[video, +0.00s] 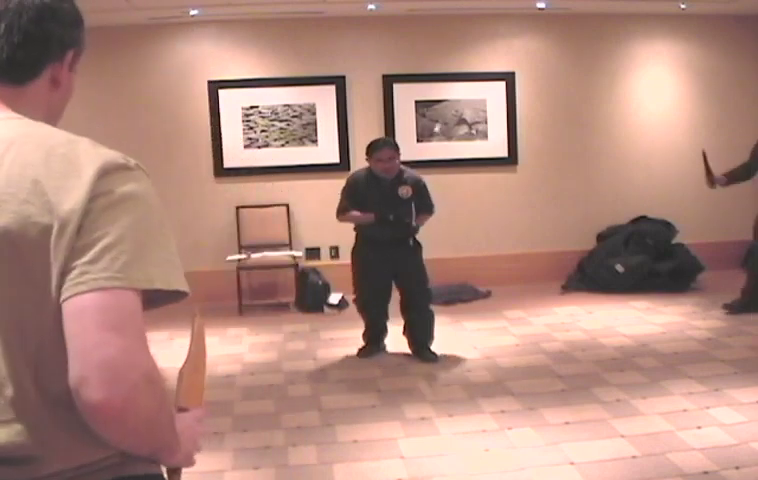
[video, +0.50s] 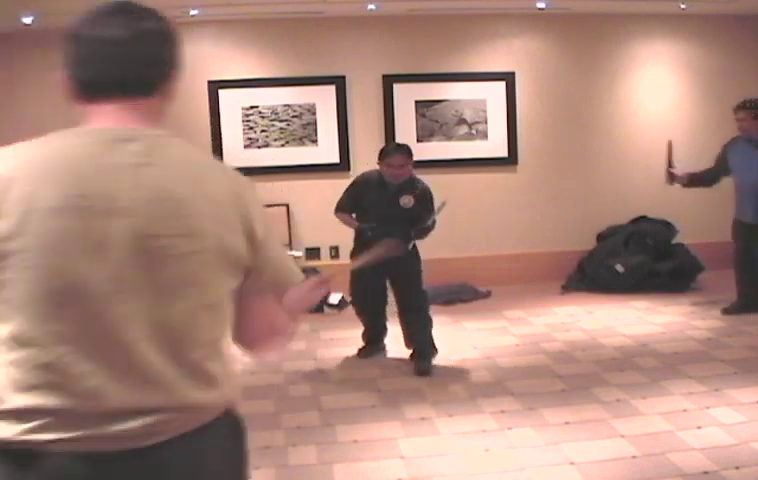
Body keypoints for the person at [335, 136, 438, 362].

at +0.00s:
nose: (387, 165)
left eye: (391, 160)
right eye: (381, 161)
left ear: (399, 158)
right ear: (370, 161)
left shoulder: (412, 181)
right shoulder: (357, 181)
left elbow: (426, 210)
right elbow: (342, 214)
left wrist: (409, 227)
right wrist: (374, 218)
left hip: (404, 248)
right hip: (370, 250)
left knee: (417, 298)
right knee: (369, 299)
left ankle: (420, 345)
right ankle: (373, 342)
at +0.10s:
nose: (385, 167)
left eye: (389, 161)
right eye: (379, 162)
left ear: (396, 160)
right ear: (368, 163)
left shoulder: (410, 183)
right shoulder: (355, 183)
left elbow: (421, 212)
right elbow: (339, 216)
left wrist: (406, 228)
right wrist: (371, 220)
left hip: (402, 250)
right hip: (367, 251)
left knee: (417, 298)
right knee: (368, 300)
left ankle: (421, 346)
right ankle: (373, 342)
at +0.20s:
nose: (385, 169)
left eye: (389, 163)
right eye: (379, 164)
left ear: (396, 161)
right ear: (367, 164)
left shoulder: (409, 185)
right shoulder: (354, 184)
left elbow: (420, 215)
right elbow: (337, 216)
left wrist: (404, 224)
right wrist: (357, 222)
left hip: (400, 251)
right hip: (365, 253)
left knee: (414, 299)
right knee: (367, 302)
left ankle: (426, 348)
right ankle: (373, 342)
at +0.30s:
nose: (388, 170)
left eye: (393, 164)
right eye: (382, 165)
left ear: (400, 163)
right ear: (370, 165)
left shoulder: (410, 185)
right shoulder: (356, 183)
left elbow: (419, 220)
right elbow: (336, 215)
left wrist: (397, 230)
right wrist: (352, 222)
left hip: (399, 252)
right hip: (364, 253)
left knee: (411, 300)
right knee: (365, 302)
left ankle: (426, 350)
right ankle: (374, 342)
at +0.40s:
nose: (394, 172)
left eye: (398, 166)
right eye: (388, 166)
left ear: (405, 164)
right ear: (375, 166)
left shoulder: (414, 188)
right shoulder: (359, 184)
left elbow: (422, 222)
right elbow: (337, 212)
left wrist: (397, 233)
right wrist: (350, 222)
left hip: (400, 253)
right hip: (365, 254)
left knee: (410, 302)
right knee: (364, 301)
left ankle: (422, 352)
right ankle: (374, 342)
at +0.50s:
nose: (398, 172)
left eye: (404, 166)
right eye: (392, 166)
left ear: (411, 166)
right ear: (381, 166)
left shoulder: (419, 190)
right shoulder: (365, 182)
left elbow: (427, 224)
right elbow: (340, 211)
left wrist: (410, 234)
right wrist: (360, 226)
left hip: (402, 250)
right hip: (367, 250)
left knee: (412, 302)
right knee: (365, 299)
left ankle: (422, 354)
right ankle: (374, 341)